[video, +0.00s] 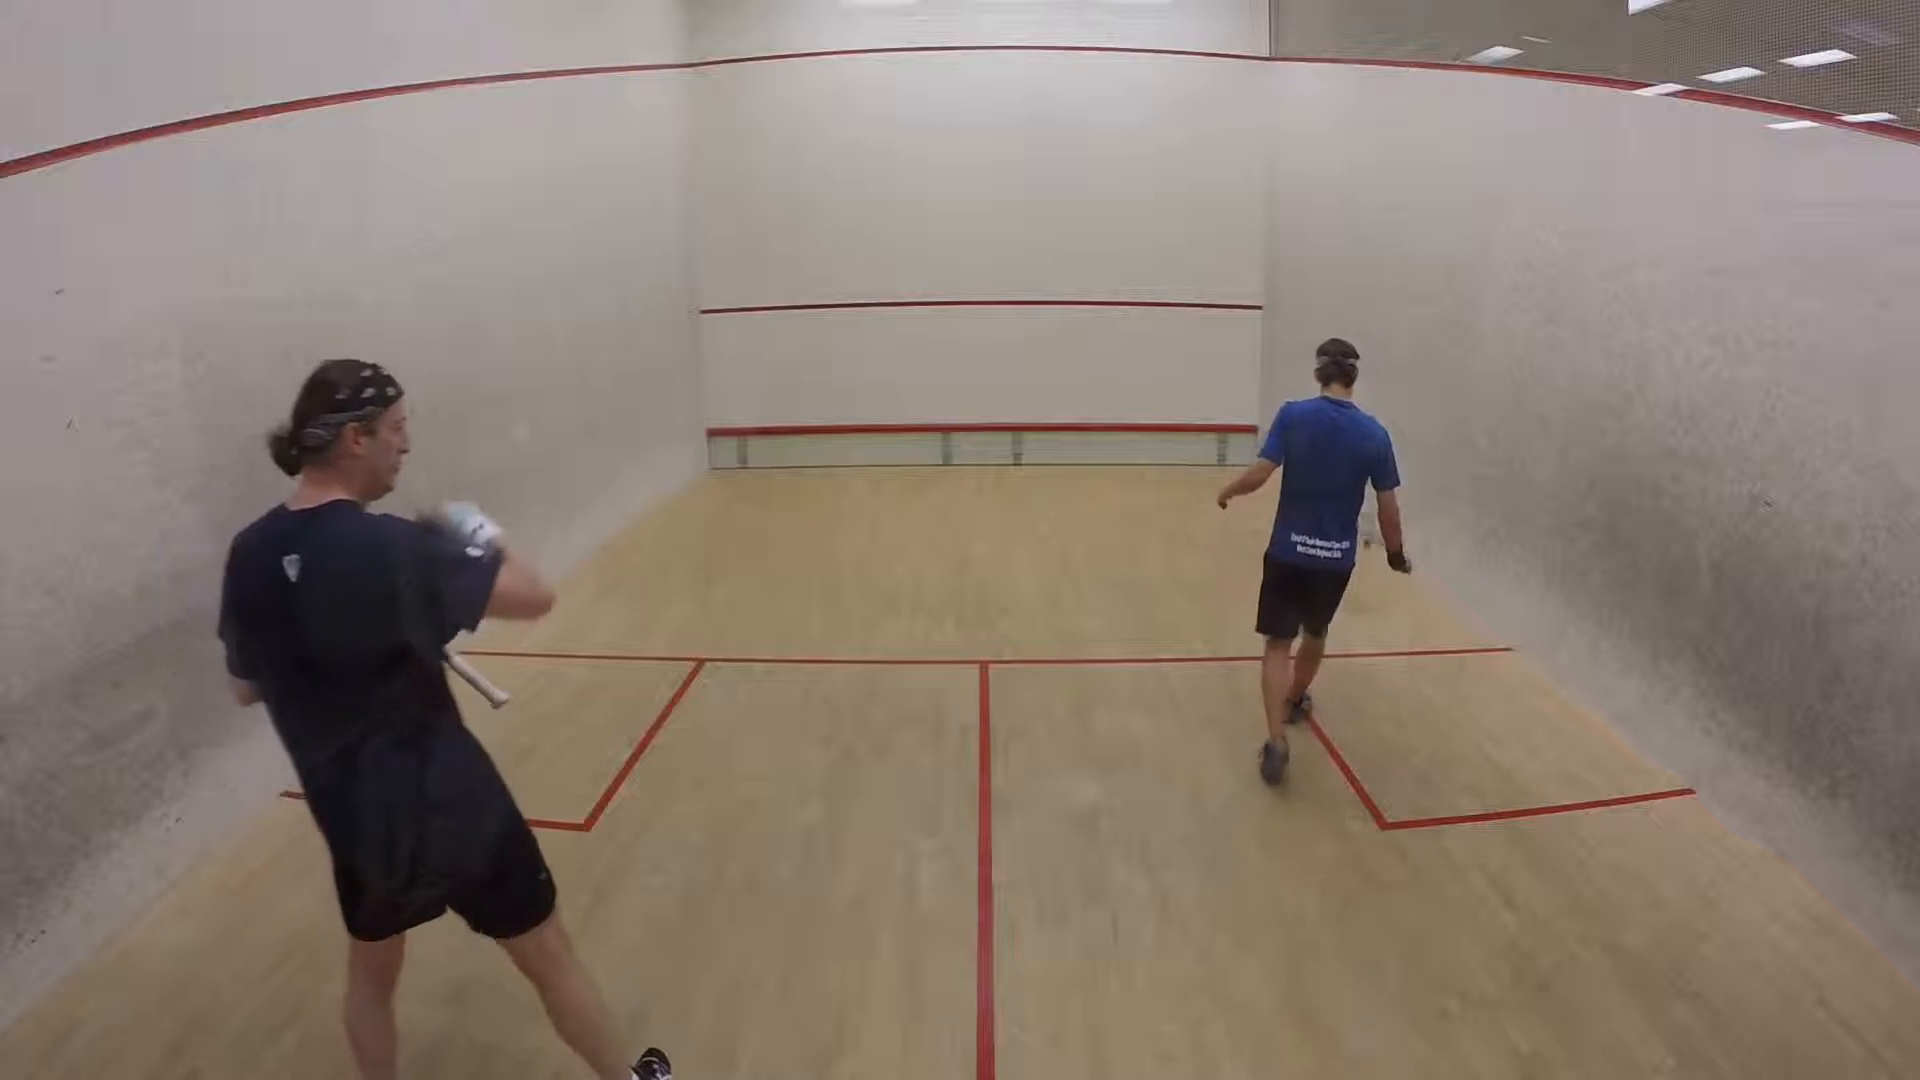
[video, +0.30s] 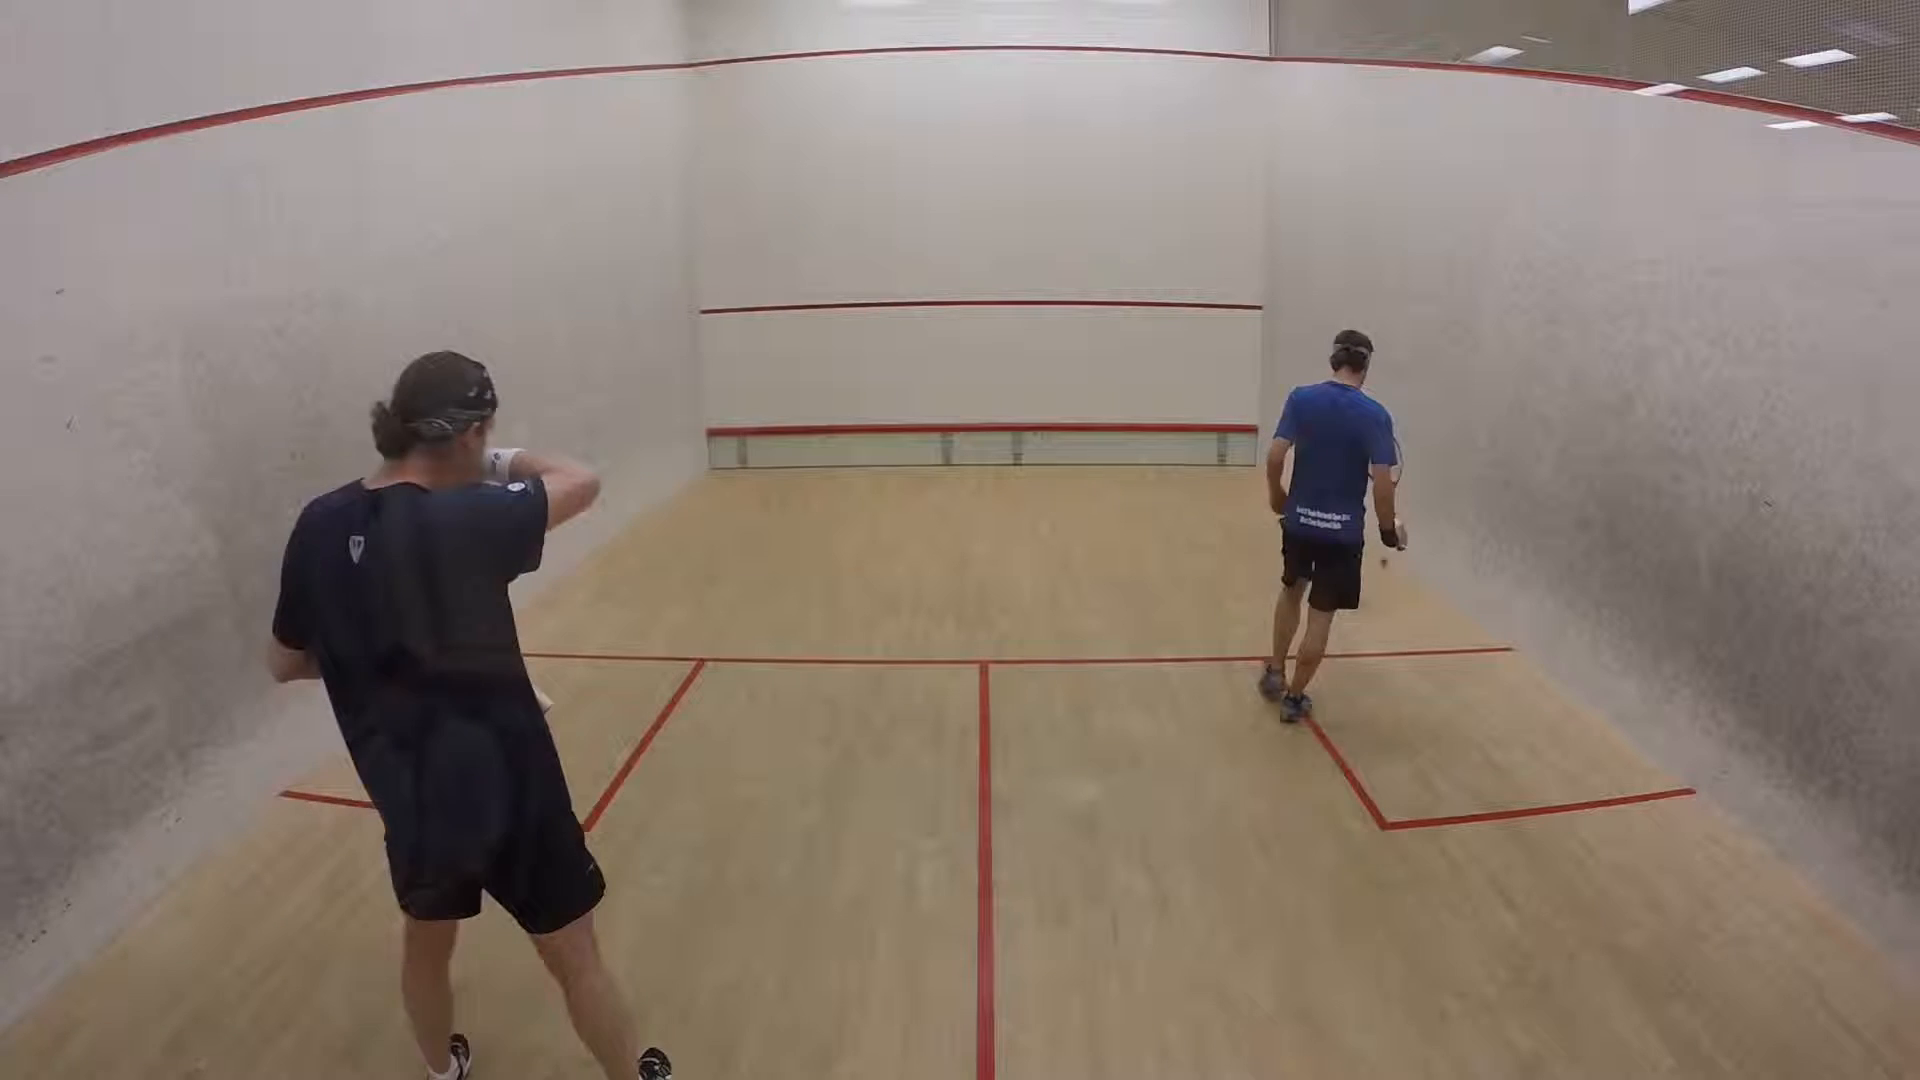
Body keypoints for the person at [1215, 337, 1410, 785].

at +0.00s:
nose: (1325, 378)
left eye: (1320, 370)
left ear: (1318, 375)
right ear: (1355, 377)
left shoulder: (1293, 414)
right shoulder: (1374, 434)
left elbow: (1259, 475)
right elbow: (1388, 508)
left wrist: (1226, 491)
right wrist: (1396, 554)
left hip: (1287, 555)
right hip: (1335, 563)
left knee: (1278, 645)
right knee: (1315, 634)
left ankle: (1276, 743)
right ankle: (1295, 699)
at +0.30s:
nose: (1358, 369)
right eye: (1365, 364)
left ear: (1332, 362)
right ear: (1366, 366)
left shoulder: (1301, 398)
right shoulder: (1375, 415)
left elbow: (1274, 457)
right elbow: (1383, 483)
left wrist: (1276, 496)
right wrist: (1388, 529)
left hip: (1298, 524)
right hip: (1341, 535)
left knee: (1292, 588)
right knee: (1320, 616)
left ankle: (1276, 672)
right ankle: (1294, 698)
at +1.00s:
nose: (1402, 369)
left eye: (1403, 362)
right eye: (1398, 361)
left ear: (1373, 360)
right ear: (1378, 359)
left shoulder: (1351, 391)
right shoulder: (1361, 403)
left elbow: (1366, 442)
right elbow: (1344, 468)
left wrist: (1393, 470)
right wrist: (1383, 507)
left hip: (1330, 506)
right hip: (1353, 513)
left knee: (1324, 577)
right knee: (1377, 589)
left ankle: (1306, 655)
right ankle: (1365, 674)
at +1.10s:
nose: (1408, 369)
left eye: (1409, 361)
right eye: (1403, 360)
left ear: (1381, 360)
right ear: (1381, 358)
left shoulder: (1362, 393)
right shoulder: (1367, 403)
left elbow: (1371, 457)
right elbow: (1350, 468)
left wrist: (1400, 487)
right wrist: (1391, 503)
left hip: (1340, 506)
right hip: (1360, 514)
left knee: (1331, 578)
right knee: (1378, 592)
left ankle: (1306, 654)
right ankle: (1368, 676)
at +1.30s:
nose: (1421, 368)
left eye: (1424, 361)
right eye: (1416, 359)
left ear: (1397, 361)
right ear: (1394, 357)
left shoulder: (1379, 393)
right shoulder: (1383, 403)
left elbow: (1368, 461)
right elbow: (1366, 467)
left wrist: (1401, 491)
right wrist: (1413, 495)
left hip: (1354, 506)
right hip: (1373, 513)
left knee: (1351, 578)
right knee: (1382, 594)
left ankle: (1311, 649)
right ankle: (1368, 676)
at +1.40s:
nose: (1431, 371)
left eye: (1433, 363)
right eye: (1426, 361)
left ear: (1404, 362)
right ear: (1402, 358)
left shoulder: (1388, 395)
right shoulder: (1387, 403)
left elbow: (1375, 461)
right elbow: (1375, 470)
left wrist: (1407, 492)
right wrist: (1423, 494)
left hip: (1360, 508)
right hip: (1376, 516)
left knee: (1355, 579)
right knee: (1382, 594)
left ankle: (1314, 645)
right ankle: (1369, 676)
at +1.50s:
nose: (1441, 373)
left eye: (1442, 366)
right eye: (1437, 365)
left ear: (1413, 363)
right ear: (1412, 362)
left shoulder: (1390, 394)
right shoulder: (1395, 405)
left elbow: (1377, 462)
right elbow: (1383, 473)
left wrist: (1400, 492)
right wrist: (1433, 495)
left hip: (1359, 507)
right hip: (1378, 517)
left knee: (1356, 581)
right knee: (1382, 597)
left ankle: (1316, 645)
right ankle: (1368, 676)